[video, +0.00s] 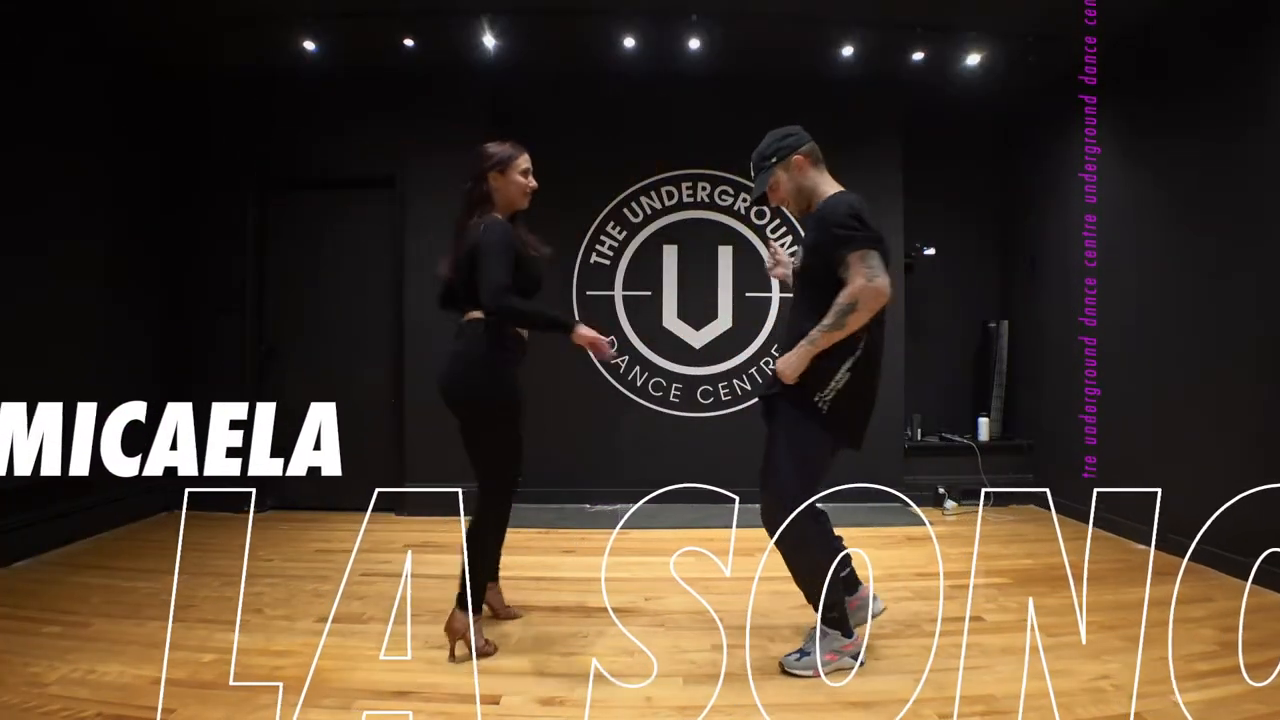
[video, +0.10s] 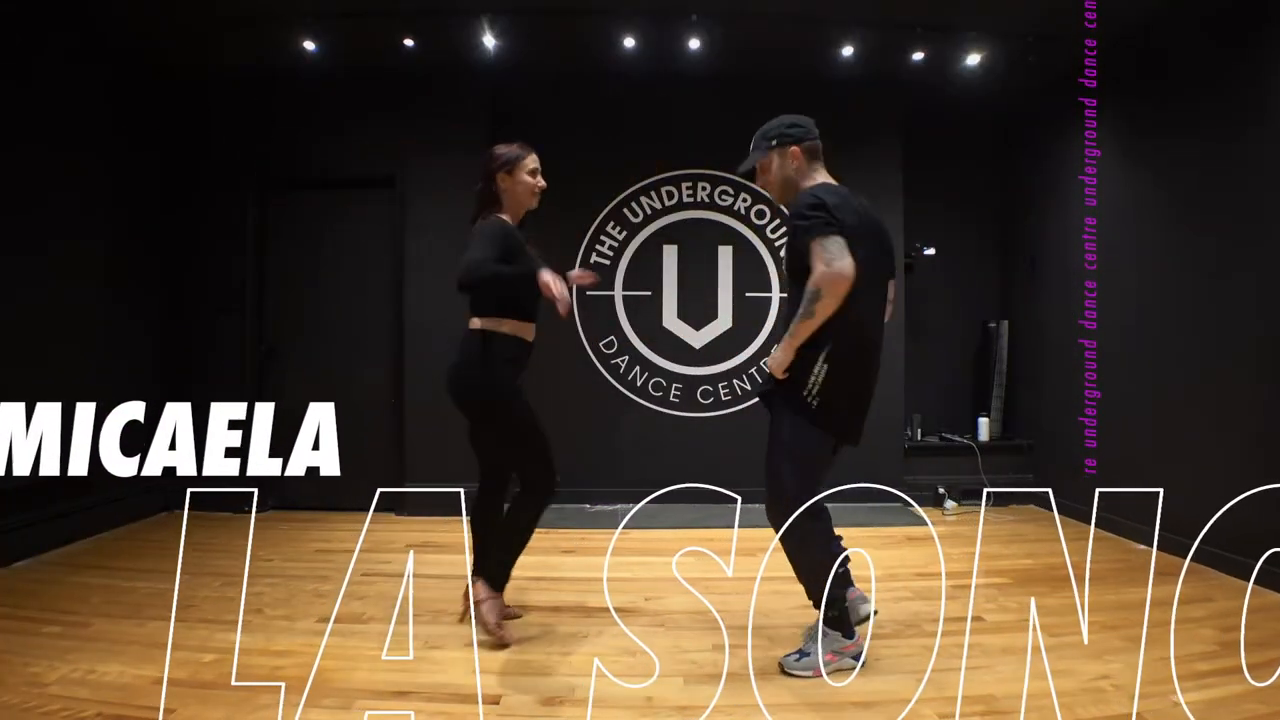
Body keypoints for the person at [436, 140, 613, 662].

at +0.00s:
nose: (533, 183)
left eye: (532, 174)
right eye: (524, 174)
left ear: (502, 184)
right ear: (495, 180)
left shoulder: (483, 229)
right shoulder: (496, 230)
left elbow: (449, 298)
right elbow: (500, 301)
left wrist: (500, 314)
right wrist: (570, 327)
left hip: (475, 363)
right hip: (486, 365)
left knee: (499, 480)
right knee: (498, 485)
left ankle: (488, 582)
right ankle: (464, 611)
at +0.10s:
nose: (542, 182)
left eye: (541, 174)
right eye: (532, 174)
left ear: (520, 182)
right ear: (503, 179)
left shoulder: (515, 236)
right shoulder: (493, 229)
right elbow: (470, 275)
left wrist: (565, 280)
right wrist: (534, 277)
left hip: (496, 367)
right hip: (486, 368)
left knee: (494, 477)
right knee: (539, 478)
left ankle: (482, 585)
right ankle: (489, 587)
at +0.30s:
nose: (550, 184)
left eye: (550, 176)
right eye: (540, 175)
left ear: (545, 187)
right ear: (510, 181)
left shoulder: (541, 242)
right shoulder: (489, 232)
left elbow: (558, 290)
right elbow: (458, 257)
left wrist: (610, 265)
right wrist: (526, 222)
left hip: (526, 369)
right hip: (495, 369)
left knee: (504, 477)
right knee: (542, 477)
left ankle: (486, 577)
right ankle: (527, 588)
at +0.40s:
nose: (556, 181)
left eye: (556, 173)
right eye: (547, 172)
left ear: (550, 182)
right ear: (517, 178)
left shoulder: (547, 244)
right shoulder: (493, 232)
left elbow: (568, 301)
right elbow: (484, 269)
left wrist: (620, 277)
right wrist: (531, 217)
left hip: (539, 368)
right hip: (502, 367)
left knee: (562, 477)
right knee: (531, 478)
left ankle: (517, 566)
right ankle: (524, 592)